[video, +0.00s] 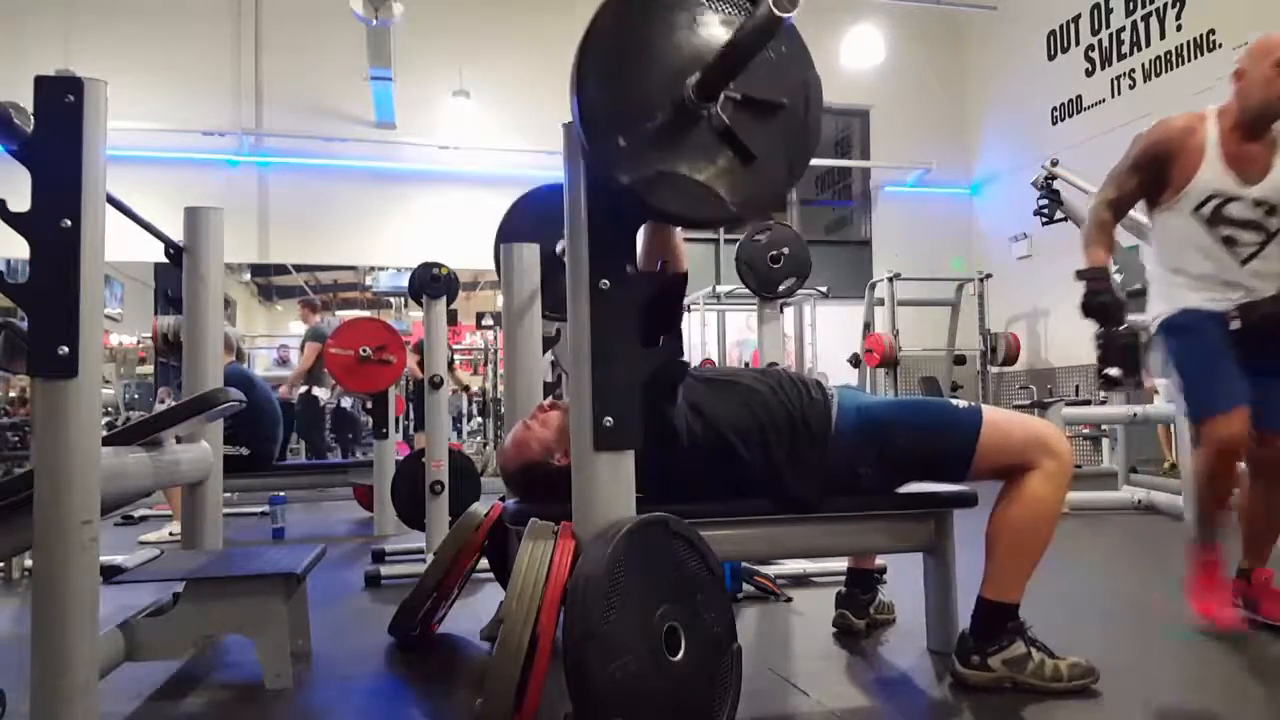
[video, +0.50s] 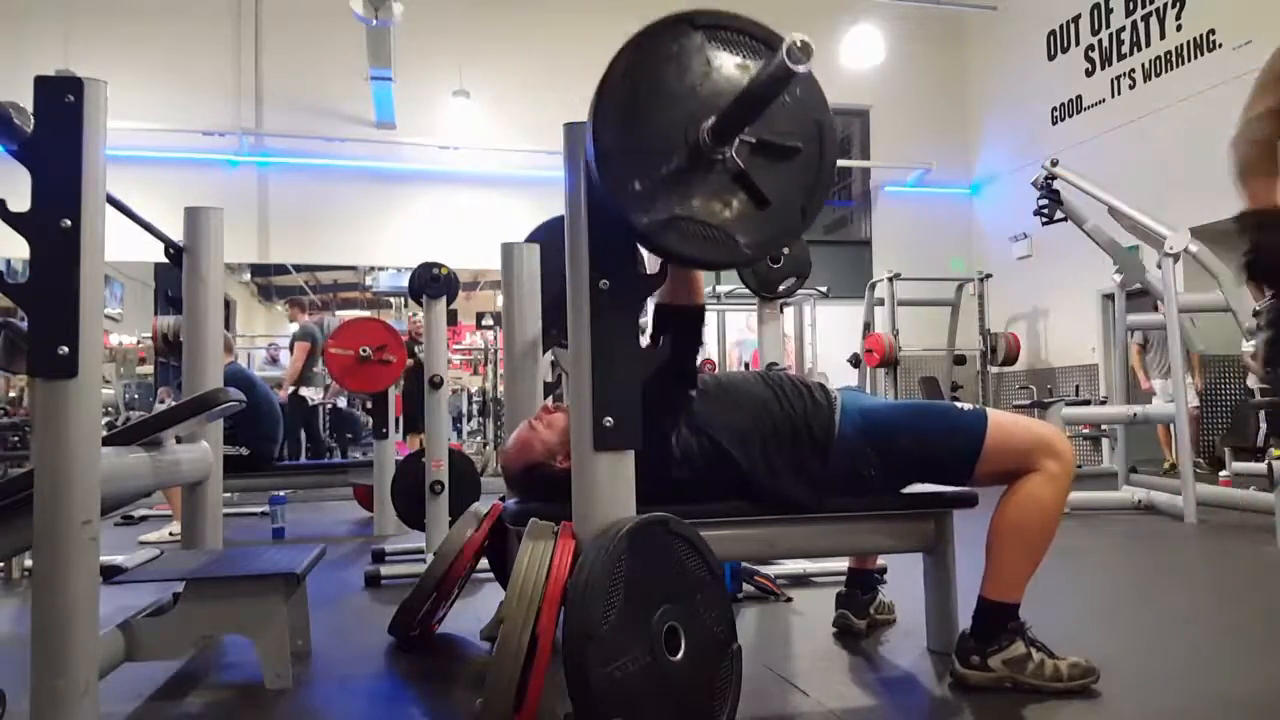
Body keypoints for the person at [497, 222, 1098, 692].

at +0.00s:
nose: (544, 406)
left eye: (533, 411)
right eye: (536, 425)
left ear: (556, 445)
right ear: (558, 460)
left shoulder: (611, 417)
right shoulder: (622, 431)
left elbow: (653, 289)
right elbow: (662, 290)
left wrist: (660, 177)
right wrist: (658, 173)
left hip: (811, 418)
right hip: (837, 431)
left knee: (906, 432)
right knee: (1049, 450)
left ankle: (861, 596)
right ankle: (992, 642)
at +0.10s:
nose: (544, 408)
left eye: (533, 415)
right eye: (536, 425)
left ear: (556, 449)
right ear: (555, 460)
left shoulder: (608, 430)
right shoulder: (617, 447)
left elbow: (649, 310)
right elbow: (657, 300)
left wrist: (662, 191)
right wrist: (665, 186)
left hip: (814, 420)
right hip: (835, 432)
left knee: (906, 435)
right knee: (1047, 450)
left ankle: (861, 595)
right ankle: (993, 641)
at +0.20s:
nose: (545, 410)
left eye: (534, 415)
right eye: (537, 427)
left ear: (554, 433)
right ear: (556, 461)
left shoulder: (607, 428)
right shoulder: (617, 450)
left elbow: (648, 353)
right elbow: (656, 339)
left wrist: (666, 246)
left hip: (819, 419)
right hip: (835, 433)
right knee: (1048, 450)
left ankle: (859, 595)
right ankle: (992, 639)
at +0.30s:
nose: (546, 409)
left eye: (535, 414)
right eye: (538, 426)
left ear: (553, 436)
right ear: (558, 460)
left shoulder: (609, 427)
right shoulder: (619, 449)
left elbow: (650, 353)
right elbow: (659, 338)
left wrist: (670, 235)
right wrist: (670, 231)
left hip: (818, 418)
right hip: (839, 434)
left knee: (919, 434)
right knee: (1049, 452)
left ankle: (860, 594)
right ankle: (992, 640)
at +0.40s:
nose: (545, 409)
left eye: (534, 414)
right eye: (537, 427)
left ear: (554, 425)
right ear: (557, 462)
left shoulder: (608, 429)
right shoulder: (618, 450)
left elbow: (655, 330)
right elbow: (670, 316)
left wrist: (670, 217)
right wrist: (674, 213)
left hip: (821, 419)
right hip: (840, 434)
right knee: (1049, 453)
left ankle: (859, 592)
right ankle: (992, 639)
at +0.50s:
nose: (546, 410)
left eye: (534, 413)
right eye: (538, 427)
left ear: (555, 426)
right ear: (559, 466)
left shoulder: (610, 433)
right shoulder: (628, 453)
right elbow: (678, 325)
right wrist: (687, 211)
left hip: (812, 428)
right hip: (837, 438)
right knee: (1050, 451)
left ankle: (862, 591)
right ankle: (993, 639)